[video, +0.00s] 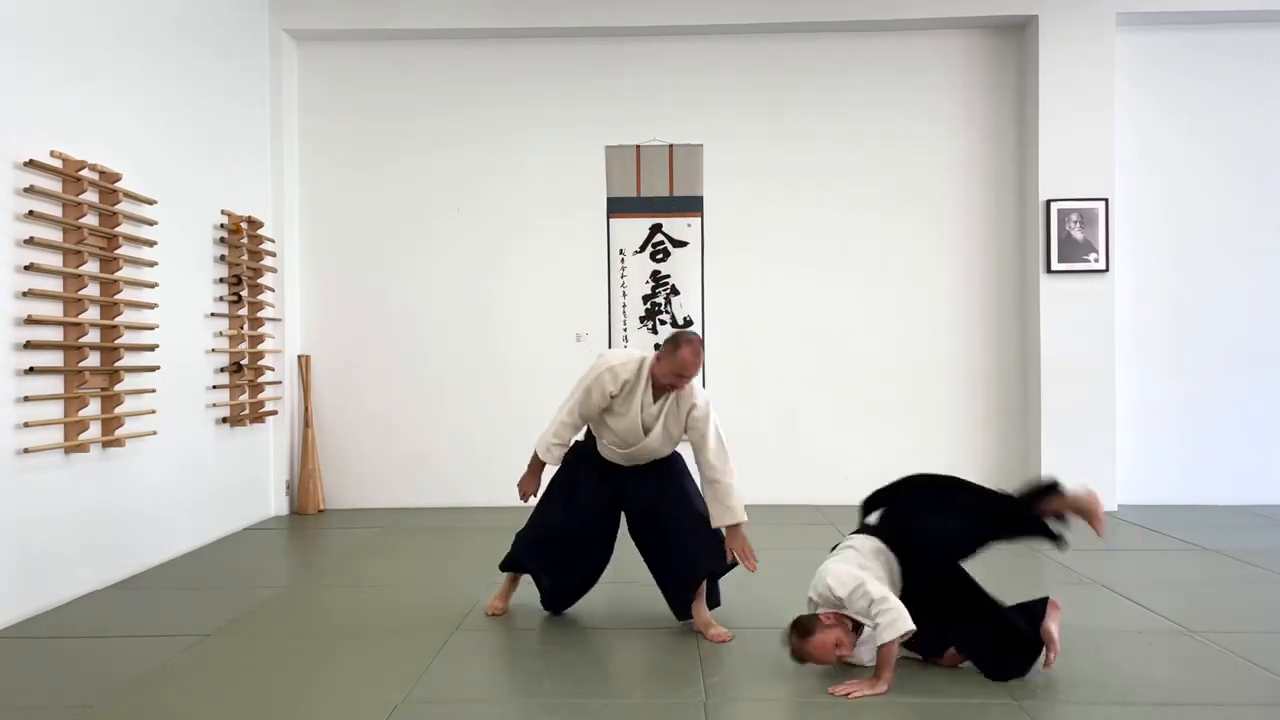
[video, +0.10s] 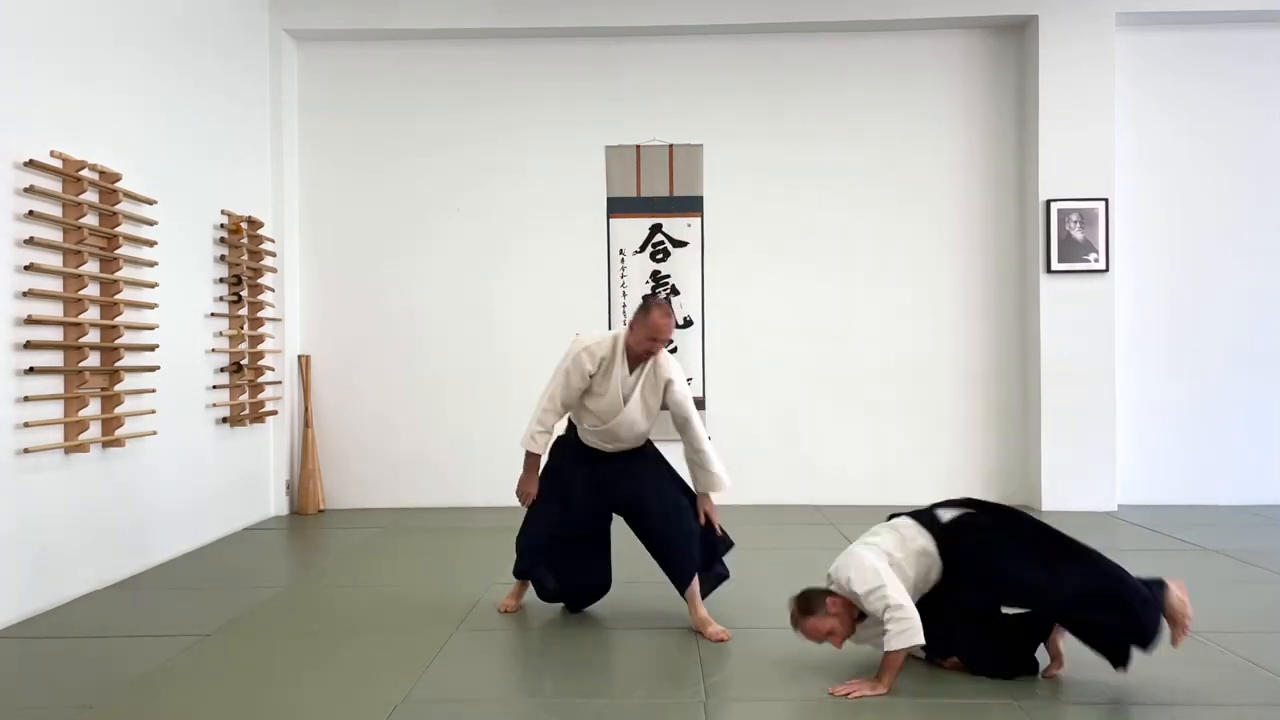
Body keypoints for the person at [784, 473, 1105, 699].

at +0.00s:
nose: (845, 653)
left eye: (839, 649)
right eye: (840, 657)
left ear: (827, 621)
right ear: (835, 630)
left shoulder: (838, 581)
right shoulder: (853, 637)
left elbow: (890, 615)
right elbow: (899, 636)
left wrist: (881, 678)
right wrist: (933, 655)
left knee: (995, 520)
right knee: (999, 656)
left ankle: (1063, 504)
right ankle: (1039, 619)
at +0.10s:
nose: (835, 642)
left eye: (828, 636)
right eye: (826, 641)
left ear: (831, 605)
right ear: (833, 608)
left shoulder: (860, 570)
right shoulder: (851, 596)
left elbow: (902, 619)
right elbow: (906, 625)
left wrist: (883, 681)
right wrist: (933, 654)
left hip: (965, 531)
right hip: (947, 571)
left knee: (1053, 581)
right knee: (943, 644)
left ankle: (1158, 598)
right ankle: (1039, 632)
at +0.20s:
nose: (837, 591)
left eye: (836, 583)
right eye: (832, 585)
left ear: (857, 564)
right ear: (853, 561)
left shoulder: (898, 547)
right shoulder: (877, 552)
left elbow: (912, 620)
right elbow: (925, 595)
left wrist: (881, 682)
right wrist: (943, 642)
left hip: (1010, 539)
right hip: (976, 560)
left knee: (1076, 629)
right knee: (964, 640)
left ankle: (1186, 664)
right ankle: (1052, 664)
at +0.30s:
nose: (868, 530)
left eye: (869, 522)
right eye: (867, 523)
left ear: (893, 515)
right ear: (898, 511)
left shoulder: (943, 521)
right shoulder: (931, 519)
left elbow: (925, 600)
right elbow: (947, 589)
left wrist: (878, 673)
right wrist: (951, 649)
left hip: (1068, 539)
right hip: (1029, 547)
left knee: (1082, 657)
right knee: (974, 580)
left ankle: (1195, 669)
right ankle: (1022, 660)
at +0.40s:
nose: (897, 478)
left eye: (900, 470)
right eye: (897, 470)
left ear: (925, 471)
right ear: (932, 466)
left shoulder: (966, 485)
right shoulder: (965, 480)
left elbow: (946, 563)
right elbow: (972, 566)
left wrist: (899, 629)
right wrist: (964, 630)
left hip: (1099, 526)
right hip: (1064, 525)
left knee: (1095, 654)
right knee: (999, 559)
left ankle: (1203, 673)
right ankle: (1043, 657)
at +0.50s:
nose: (909, 427)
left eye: (913, 419)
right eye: (909, 419)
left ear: (938, 421)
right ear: (945, 418)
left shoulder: (971, 441)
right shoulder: (979, 435)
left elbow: (965, 525)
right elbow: (994, 517)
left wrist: (928, 588)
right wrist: (983, 587)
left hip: (1108, 501)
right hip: (1068, 504)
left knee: (1113, 613)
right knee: (1017, 544)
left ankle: (1207, 677)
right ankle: (1070, 656)